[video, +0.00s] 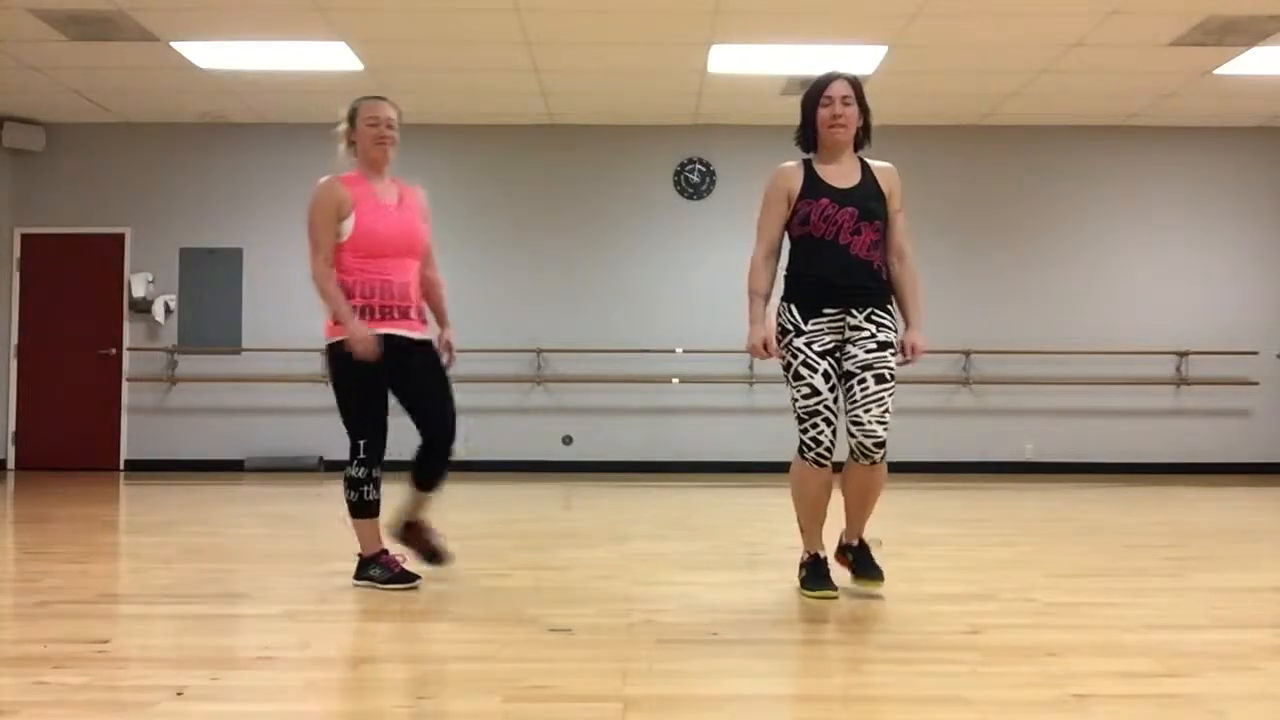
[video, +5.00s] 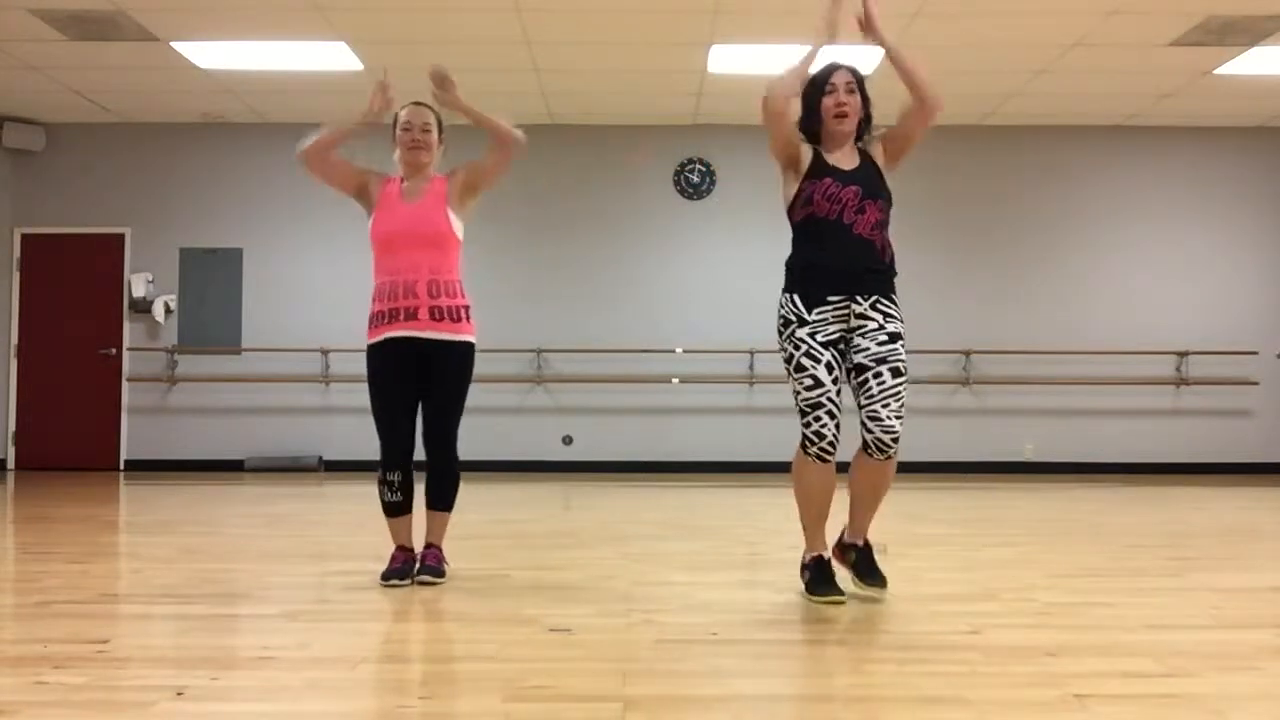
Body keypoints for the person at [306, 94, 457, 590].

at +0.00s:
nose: (384, 132)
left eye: (391, 126)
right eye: (373, 124)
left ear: (398, 136)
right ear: (351, 134)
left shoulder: (412, 196)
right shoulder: (333, 191)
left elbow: (426, 268)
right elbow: (321, 269)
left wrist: (444, 323)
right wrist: (350, 323)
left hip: (410, 338)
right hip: (356, 338)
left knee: (441, 430)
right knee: (368, 443)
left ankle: (412, 520)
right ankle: (371, 554)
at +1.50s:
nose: (425, 130)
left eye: (435, 124)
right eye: (417, 122)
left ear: (447, 138)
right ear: (400, 134)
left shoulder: (464, 196)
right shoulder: (372, 196)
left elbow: (489, 267)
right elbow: (354, 264)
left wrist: (507, 326)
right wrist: (327, 319)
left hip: (449, 339)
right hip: (389, 339)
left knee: (440, 446)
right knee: (391, 448)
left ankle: (443, 552)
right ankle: (391, 552)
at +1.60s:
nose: (422, 128)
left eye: (432, 123)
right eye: (413, 120)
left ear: (444, 138)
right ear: (397, 132)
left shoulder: (463, 194)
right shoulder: (373, 192)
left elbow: (505, 241)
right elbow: (326, 246)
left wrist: (515, 255)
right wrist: (276, 279)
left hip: (447, 336)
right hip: (388, 335)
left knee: (433, 441)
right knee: (390, 447)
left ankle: (438, 544)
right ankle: (392, 552)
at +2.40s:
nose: (423, 128)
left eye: (432, 122)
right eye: (414, 121)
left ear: (446, 136)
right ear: (400, 133)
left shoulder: (463, 188)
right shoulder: (374, 186)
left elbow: (519, 189)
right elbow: (300, 195)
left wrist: (528, 182)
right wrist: (238, 200)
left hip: (446, 337)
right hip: (387, 335)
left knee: (437, 445)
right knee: (390, 449)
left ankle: (436, 550)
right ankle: (396, 552)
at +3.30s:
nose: (413, 126)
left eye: (422, 121)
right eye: (404, 120)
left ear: (436, 136)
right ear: (390, 132)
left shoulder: (454, 184)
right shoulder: (367, 184)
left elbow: (527, 184)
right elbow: (299, 186)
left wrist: (594, 183)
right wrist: (312, 162)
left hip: (444, 335)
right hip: (386, 334)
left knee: (437, 445)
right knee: (391, 447)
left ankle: (430, 550)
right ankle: (397, 552)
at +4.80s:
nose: (416, 138)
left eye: (426, 132)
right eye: (408, 132)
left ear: (441, 144)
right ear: (395, 143)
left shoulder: (462, 191)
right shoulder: (376, 191)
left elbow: (533, 186)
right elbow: (303, 183)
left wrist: (541, 136)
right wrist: (345, 145)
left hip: (453, 339)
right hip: (393, 338)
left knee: (447, 448)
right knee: (397, 447)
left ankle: (433, 548)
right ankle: (397, 543)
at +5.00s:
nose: (416, 133)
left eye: (426, 128)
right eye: (407, 126)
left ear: (440, 141)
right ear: (395, 139)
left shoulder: (458, 187)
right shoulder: (375, 188)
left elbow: (512, 142)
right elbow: (311, 155)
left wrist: (462, 107)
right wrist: (366, 118)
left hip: (449, 337)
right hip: (390, 336)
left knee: (440, 444)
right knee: (395, 447)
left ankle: (433, 549)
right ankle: (402, 550)